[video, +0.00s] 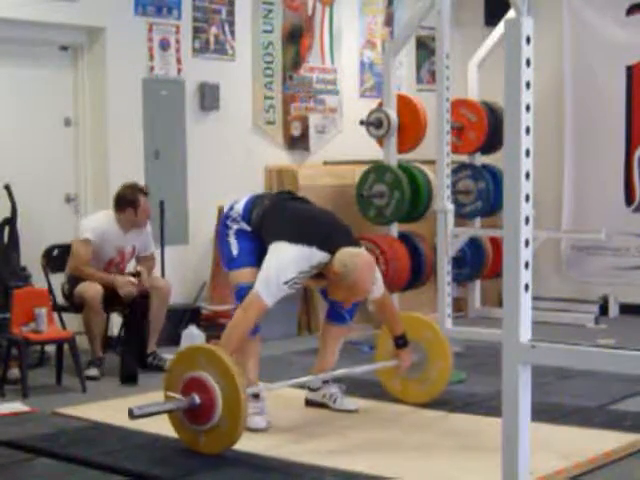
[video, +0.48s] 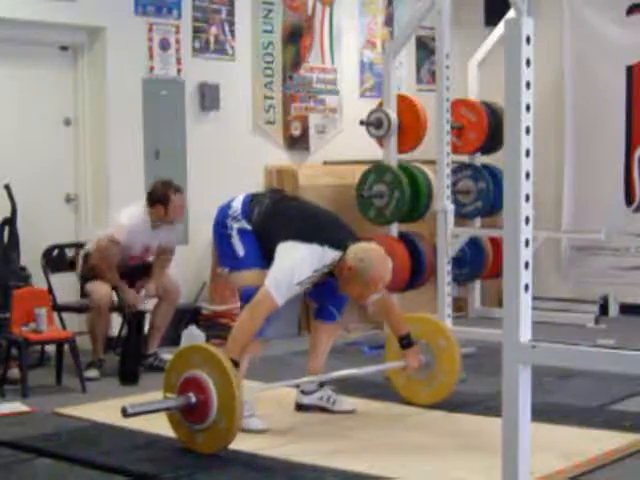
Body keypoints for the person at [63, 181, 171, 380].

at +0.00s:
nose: (149, 214)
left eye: (148, 208)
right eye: (145, 208)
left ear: (131, 211)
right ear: (129, 211)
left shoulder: (143, 227)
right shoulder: (93, 226)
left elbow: (147, 259)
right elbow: (76, 267)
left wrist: (142, 275)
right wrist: (115, 281)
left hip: (121, 279)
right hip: (87, 279)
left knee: (161, 287)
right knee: (93, 292)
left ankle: (150, 352)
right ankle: (96, 358)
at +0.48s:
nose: (181, 211)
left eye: (181, 206)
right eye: (177, 206)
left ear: (161, 209)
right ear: (159, 209)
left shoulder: (171, 226)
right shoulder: (128, 223)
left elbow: (164, 256)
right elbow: (103, 262)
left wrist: (153, 281)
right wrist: (124, 291)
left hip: (138, 266)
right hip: (107, 266)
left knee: (171, 290)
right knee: (101, 297)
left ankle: (150, 352)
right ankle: (97, 359)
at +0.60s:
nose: (188, 187)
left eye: (188, 180)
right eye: (184, 181)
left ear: (170, 183)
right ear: (167, 182)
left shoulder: (178, 205)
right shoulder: (133, 204)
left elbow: (168, 245)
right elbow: (110, 248)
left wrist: (160, 278)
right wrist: (125, 290)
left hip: (139, 253)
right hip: (106, 251)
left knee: (173, 291)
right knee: (105, 297)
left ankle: (150, 352)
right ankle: (97, 358)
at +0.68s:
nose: (191, 169)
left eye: (191, 163)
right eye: (187, 164)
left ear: (175, 166)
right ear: (170, 167)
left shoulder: (183, 192)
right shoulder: (142, 188)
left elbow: (171, 239)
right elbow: (118, 232)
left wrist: (161, 275)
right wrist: (125, 279)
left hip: (142, 245)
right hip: (109, 241)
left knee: (170, 289)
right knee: (108, 294)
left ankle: (151, 352)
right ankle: (98, 357)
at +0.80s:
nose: (199, 145)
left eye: (199, 140)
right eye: (194, 140)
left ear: (184, 141)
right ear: (177, 140)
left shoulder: (188, 172)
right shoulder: (152, 166)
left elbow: (178, 215)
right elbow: (127, 212)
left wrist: (171, 255)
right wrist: (136, 258)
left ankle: (150, 352)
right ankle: (98, 356)